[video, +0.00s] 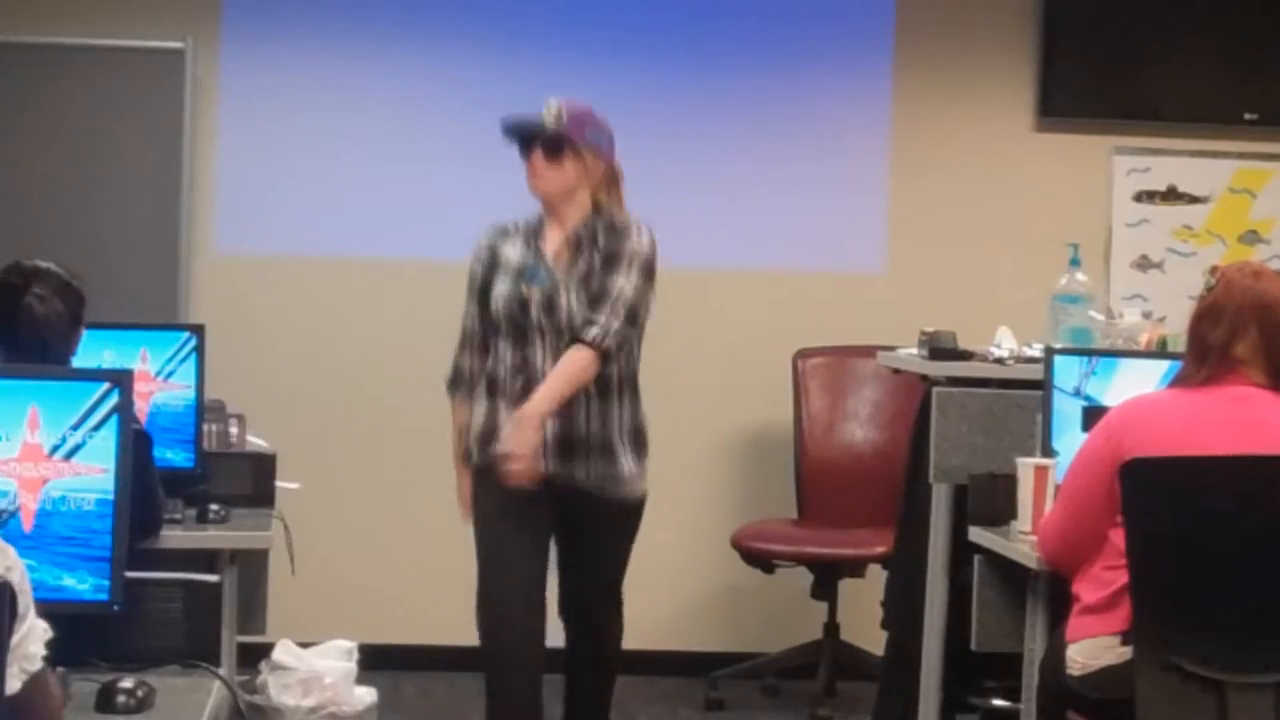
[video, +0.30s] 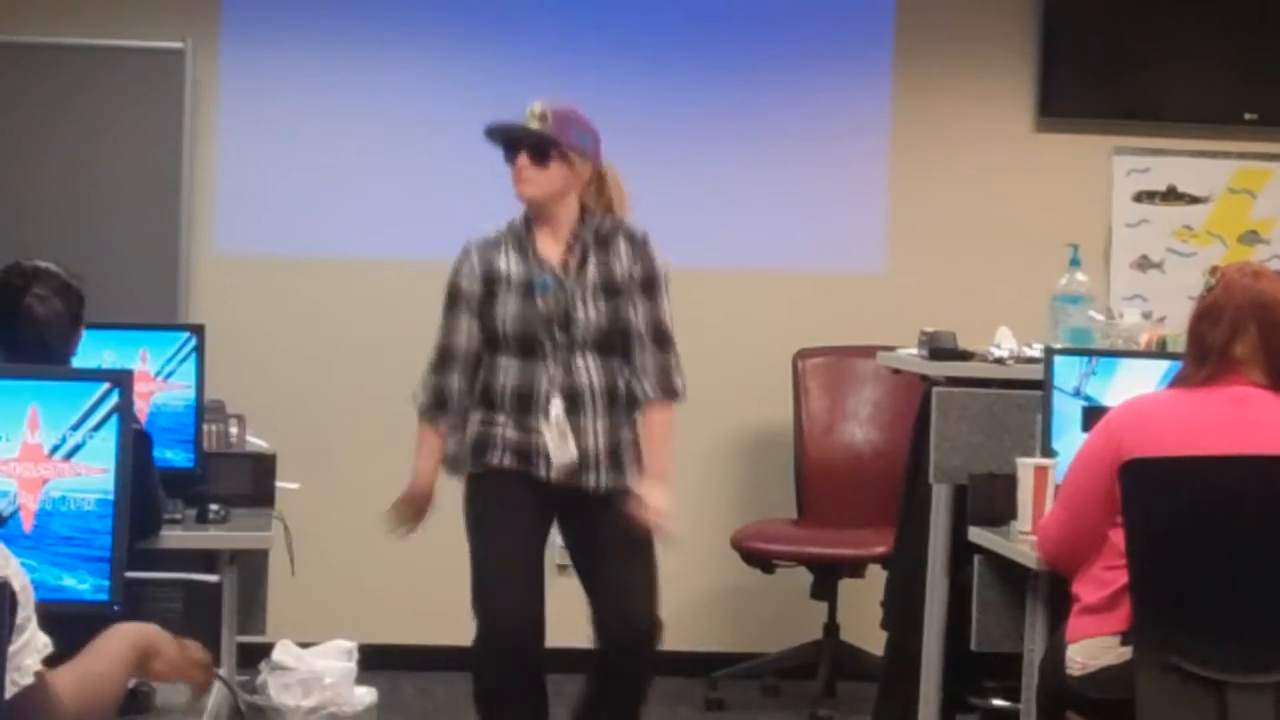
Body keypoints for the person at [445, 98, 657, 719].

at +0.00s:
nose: (536, 161)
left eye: (555, 152)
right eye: (532, 151)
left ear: (594, 164)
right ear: (526, 162)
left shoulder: (629, 241)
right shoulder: (499, 245)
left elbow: (602, 339)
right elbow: (468, 361)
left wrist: (531, 412)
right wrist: (464, 460)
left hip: (600, 472)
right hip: (505, 469)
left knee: (592, 627)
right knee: (507, 628)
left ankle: (586, 716)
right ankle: (512, 717)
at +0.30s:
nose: (520, 165)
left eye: (540, 155)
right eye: (516, 154)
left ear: (581, 169)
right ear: (510, 164)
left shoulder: (628, 251)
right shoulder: (484, 259)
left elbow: (656, 370)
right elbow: (449, 372)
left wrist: (655, 477)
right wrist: (422, 479)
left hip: (603, 469)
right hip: (505, 467)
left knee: (633, 633)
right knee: (507, 634)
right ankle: (512, 719)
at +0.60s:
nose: (616, 153)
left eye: (622, 143)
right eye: (597, 143)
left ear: (631, 154)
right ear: (557, 159)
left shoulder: (652, 235)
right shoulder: (518, 230)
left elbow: (679, 332)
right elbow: (530, 309)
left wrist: (680, 416)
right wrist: (588, 359)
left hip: (622, 457)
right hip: (520, 455)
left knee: (641, 621)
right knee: (499, 623)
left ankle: (649, 719)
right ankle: (490, 718)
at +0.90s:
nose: (678, 146)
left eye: (679, 136)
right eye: (659, 138)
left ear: (680, 144)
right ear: (613, 151)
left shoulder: (694, 233)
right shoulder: (567, 227)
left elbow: (681, 343)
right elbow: (599, 338)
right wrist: (680, 419)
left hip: (672, 460)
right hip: (572, 459)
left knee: (686, 644)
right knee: (559, 643)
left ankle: (687, 718)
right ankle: (540, 716)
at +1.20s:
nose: (695, 177)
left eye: (704, 166)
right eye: (674, 168)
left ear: (715, 179)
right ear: (638, 188)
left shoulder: (740, 280)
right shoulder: (599, 270)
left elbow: (762, 406)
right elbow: (541, 389)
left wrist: (777, 521)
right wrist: (509, 505)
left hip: (707, 499)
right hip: (603, 492)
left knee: (718, 659)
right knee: (591, 650)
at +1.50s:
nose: (625, 160)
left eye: (644, 148)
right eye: (612, 149)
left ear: (678, 163)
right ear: (600, 165)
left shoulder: (719, 244)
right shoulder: (568, 260)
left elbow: (731, 322)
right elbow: (516, 366)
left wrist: (653, 379)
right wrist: (486, 475)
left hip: (693, 489)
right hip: (595, 485)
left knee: (683, 670)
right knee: (590, 658)